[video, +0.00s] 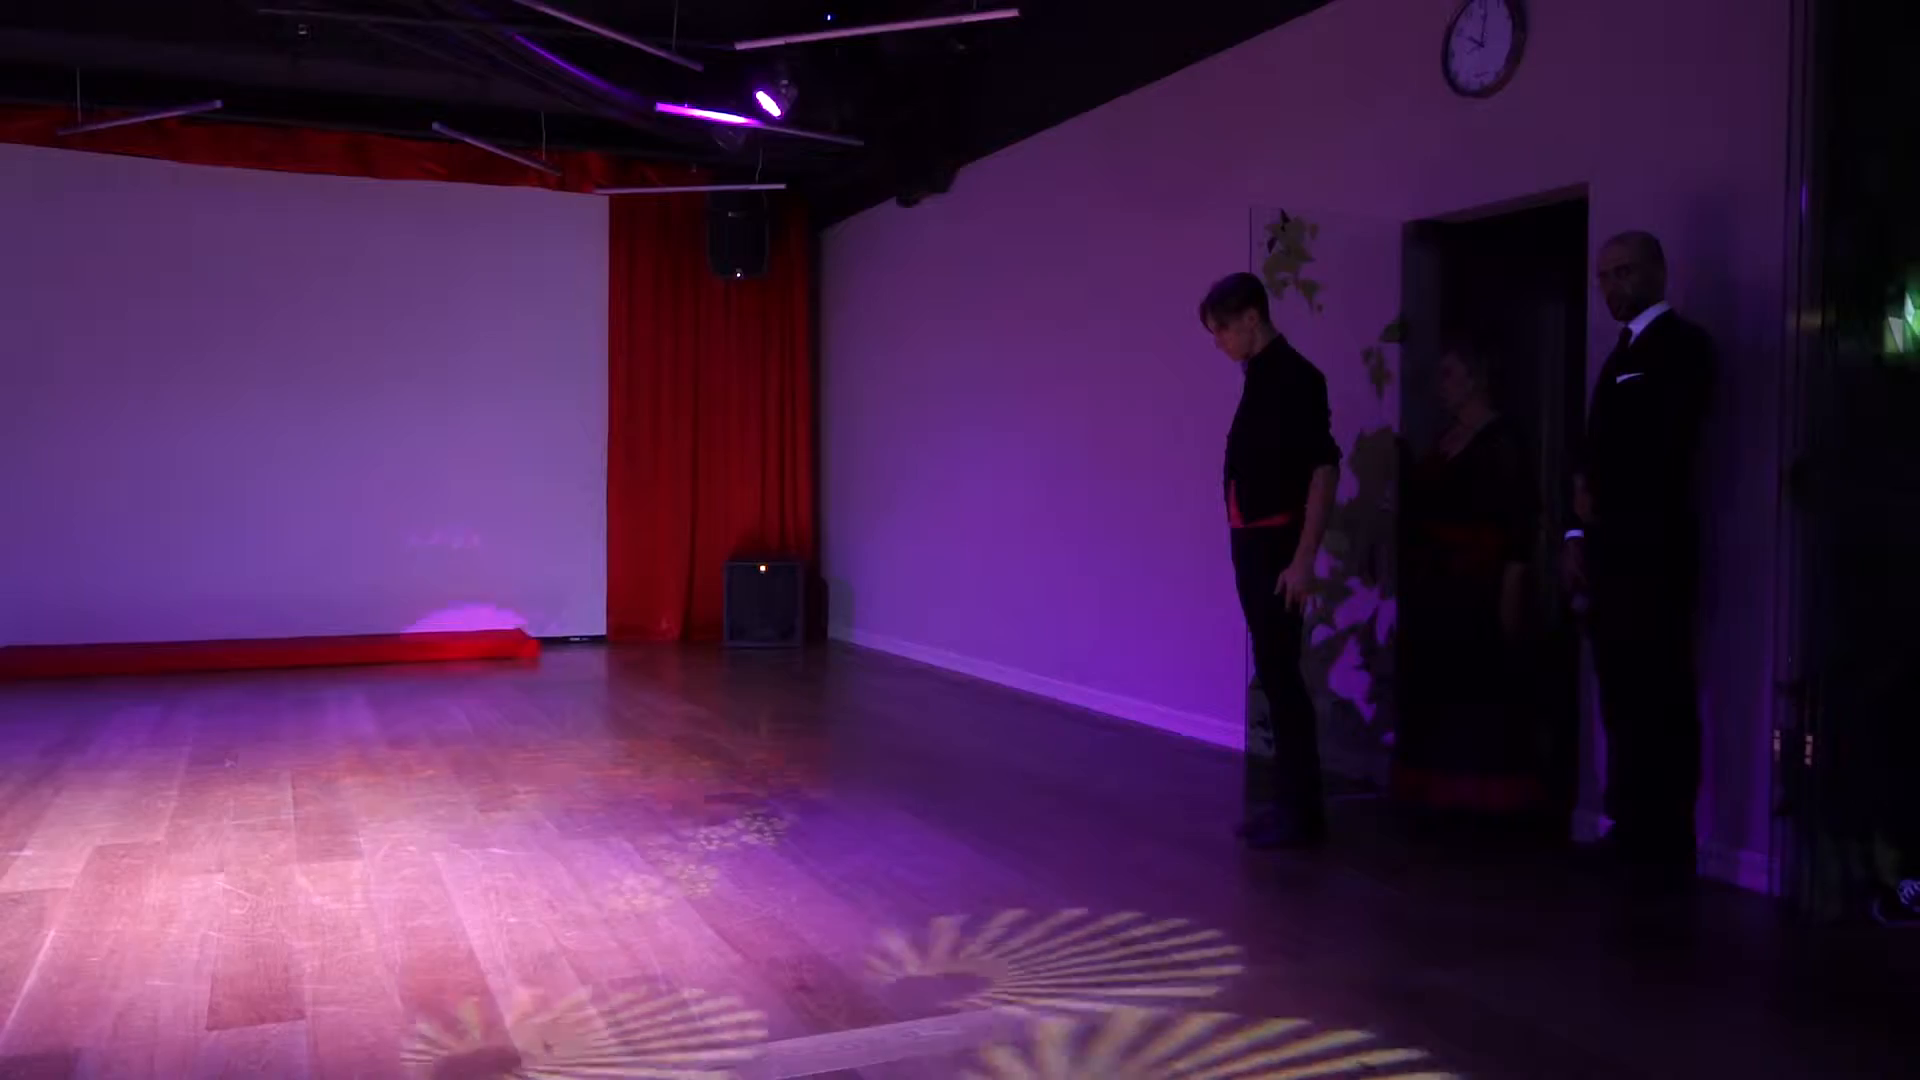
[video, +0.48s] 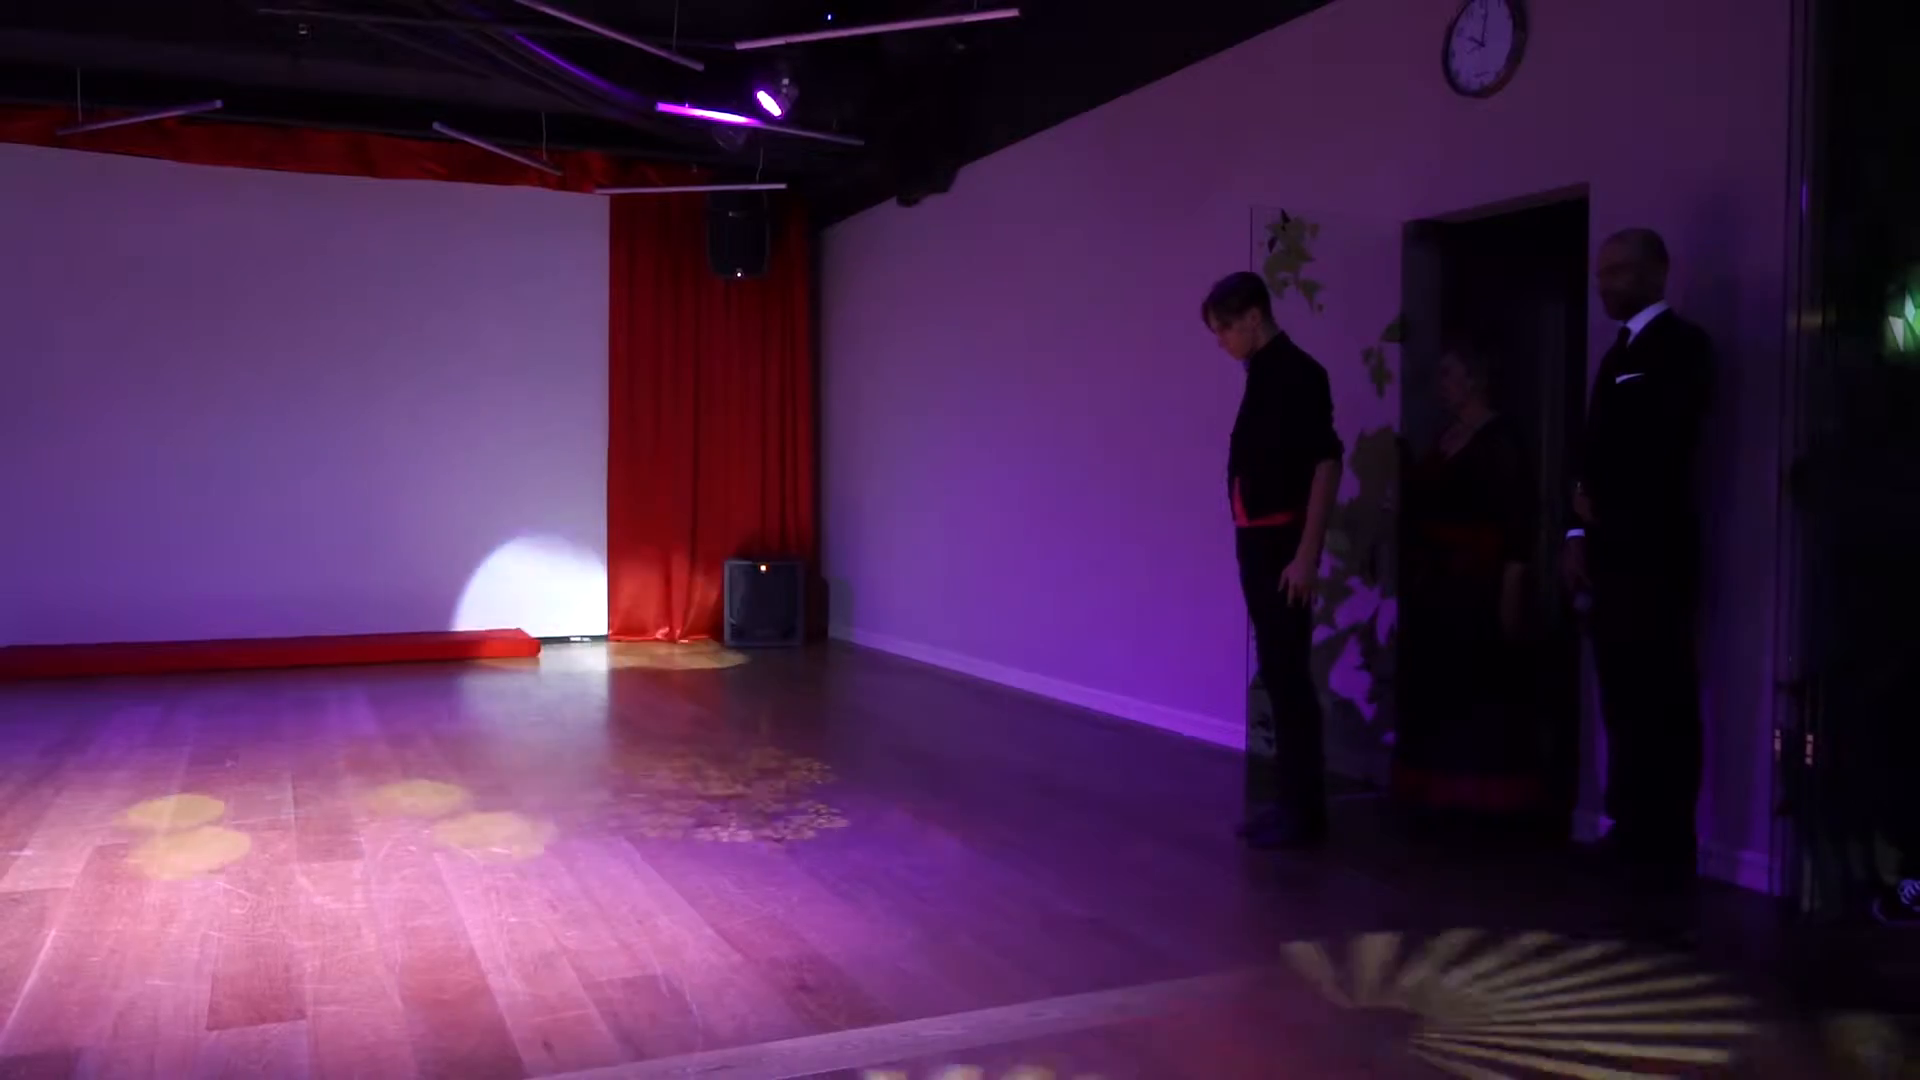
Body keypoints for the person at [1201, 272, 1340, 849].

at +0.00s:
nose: (1218, 343)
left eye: (1221, 331)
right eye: (1213, 333)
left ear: (1251, 319)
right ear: (1245, 323)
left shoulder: (1294, 376)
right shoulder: (1263, 375)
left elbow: (1324, 467)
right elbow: (1266, 466)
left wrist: (1302, 560)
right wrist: (1246, 538)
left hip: (1277, 544)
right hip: (1253, 542)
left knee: (1281, 675)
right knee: (1276, 675)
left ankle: (1298, 810)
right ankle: (1290, 804)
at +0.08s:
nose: (1217, 344)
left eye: (1220, 331)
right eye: (1213, 334)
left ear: (1251, 319)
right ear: (1246, 323)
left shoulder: (1294, 376)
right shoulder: (1263, 375)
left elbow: (1323, 467)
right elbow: (1267, 466)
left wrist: (1301, 560)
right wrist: (1246, 540)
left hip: (1276, 544)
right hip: (1253, 542)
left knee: (1281, 676)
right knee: (1276, 675)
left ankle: (1298, 810)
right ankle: (1290, 804)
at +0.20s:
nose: (1217, 344)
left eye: (1220, 331)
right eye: (1213, 334)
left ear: (1251, 319)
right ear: (1245, 323)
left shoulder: (1294, 375)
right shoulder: (1263, 375)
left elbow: (1323, 466)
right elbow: (1267, 466)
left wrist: (1302, 559)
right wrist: (1247, 542)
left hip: (1277, 544)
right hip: (1254, 542)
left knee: (1281, 675)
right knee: (1276, 675)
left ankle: (1298, 810)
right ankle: (1290, 804)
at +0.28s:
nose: (1218, 344)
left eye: (1221, 331)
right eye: (1214, 334)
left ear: (1251, 318)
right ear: (1245, 323)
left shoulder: (1295, 375)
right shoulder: (1263, 374)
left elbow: (1324, 465)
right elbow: (1265, 466)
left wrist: (1303, 558)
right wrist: (1248, 543)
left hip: (1278, 544)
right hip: (1255, 543)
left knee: (1283, 677)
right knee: (1278, 676)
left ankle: (1299, 811)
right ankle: (1291, 805)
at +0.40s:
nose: (1218, 343)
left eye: (1222, 330)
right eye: (1214, 333)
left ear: (1252, 318)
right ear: (1247, 322)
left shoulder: (1296, 374)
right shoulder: (1264, 373)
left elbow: (1325, 464)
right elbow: (1267, 465)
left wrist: (1305, 557)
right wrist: (1250, 543)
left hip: (1280, 543)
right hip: (1257, 541)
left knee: (1285, 675)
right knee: (1279, 675)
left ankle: (1299, 809)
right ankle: (1292, 804)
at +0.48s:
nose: (1219, 342)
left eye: (1222, 330)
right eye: (1215, 332)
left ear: (1253, 318)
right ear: (1248, 321)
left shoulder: (1296, 373)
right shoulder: (1265, 372)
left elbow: (1325, 463)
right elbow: (1268, 465)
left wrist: (1305, 556)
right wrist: (1252, 544)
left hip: (1281, 544)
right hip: (1258, 542)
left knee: (1287, 675)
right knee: (1280, 676)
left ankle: (1299, 810)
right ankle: (1291, 805)